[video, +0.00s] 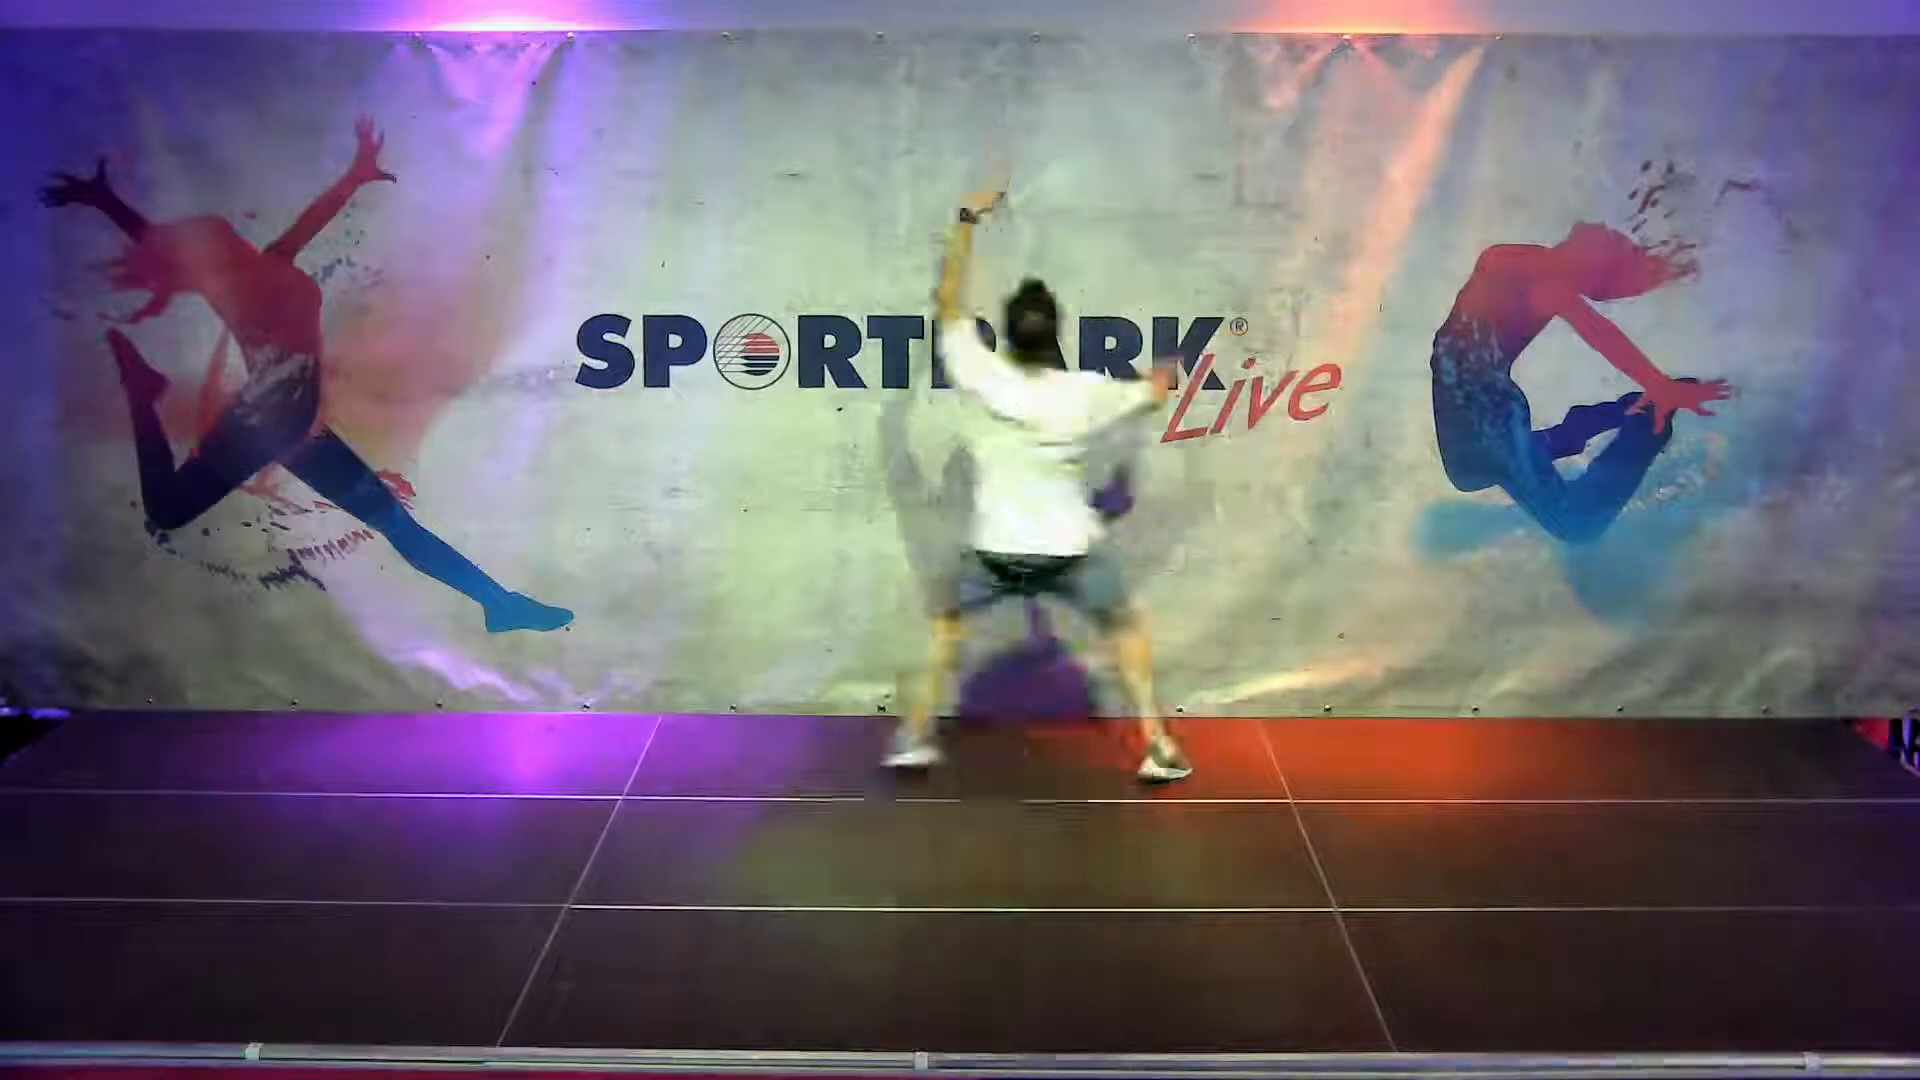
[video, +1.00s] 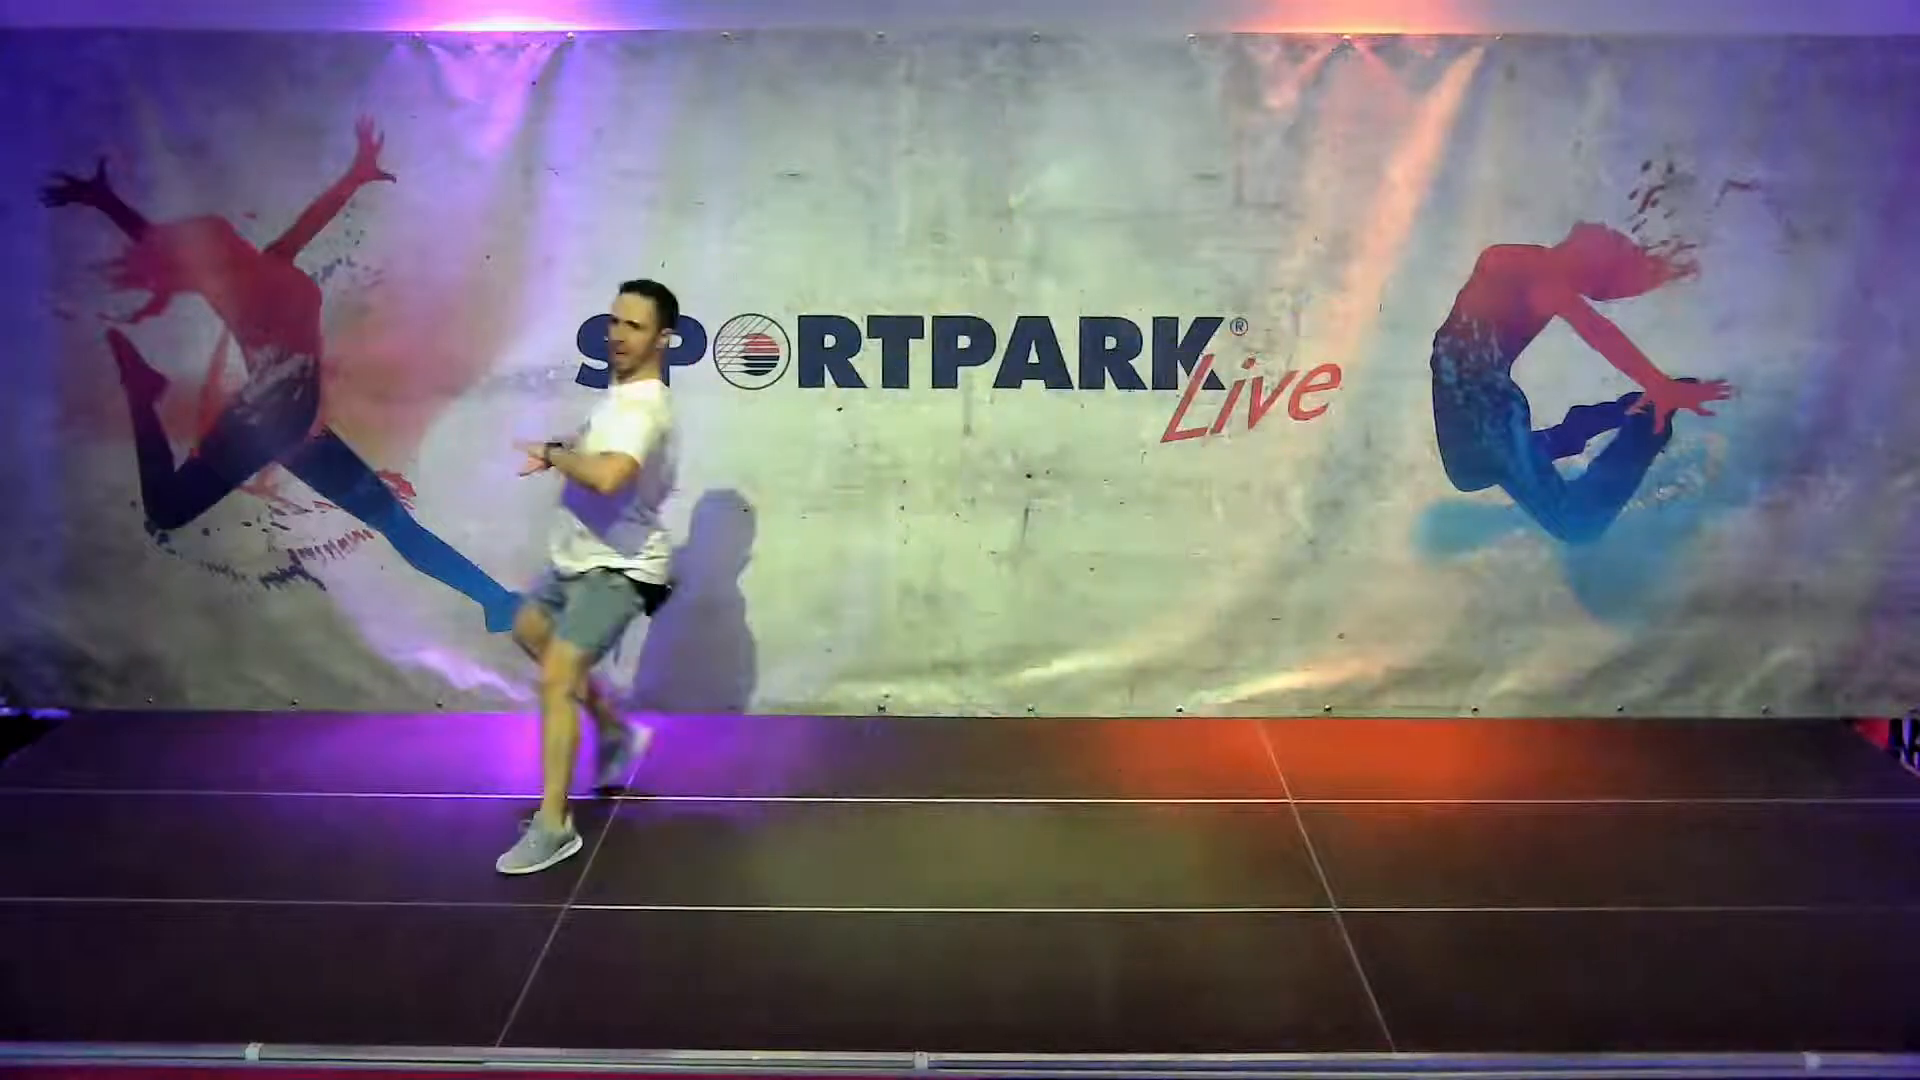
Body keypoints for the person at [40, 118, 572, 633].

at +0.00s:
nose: (185, 280)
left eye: (182, 262)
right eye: (180, 263)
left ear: (204, 254)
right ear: (194, 258)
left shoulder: (267, 268)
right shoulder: (231, 275)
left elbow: (307, 224)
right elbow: (153, 241)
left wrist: (356, 176)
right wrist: (98, 196)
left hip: (298, 426)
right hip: (261, 421)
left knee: (387, 514)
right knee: (166, 511)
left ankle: (500, 602)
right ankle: (141, 392)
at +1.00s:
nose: (219, 245)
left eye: (214, 237)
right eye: (206, 245)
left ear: (224, 240)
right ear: (198, 261)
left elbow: (313, 218)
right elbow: (157, 246)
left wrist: (358, 174)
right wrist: (100, 197)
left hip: (299, 427)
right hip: (257, 426)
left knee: (395, 521)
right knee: (166, 508)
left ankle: (508, 609)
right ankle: (141, 393)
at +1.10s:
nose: (171, 288)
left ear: (210, 249)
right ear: (210, 247)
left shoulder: (268, 266)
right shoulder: (233, 279)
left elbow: (312, 219)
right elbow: (156, 244)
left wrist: (359, 173)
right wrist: (102, 198)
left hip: (294, 425)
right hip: (262, 423)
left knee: (389, 515)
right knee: (167, 513)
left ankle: (497, 598)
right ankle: (140, 393)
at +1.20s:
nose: (176, 292)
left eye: (177, 274)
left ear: (213, 250)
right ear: (214, 247)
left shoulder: (268, 265)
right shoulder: (237, 280)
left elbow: (311, 220)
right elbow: (158, 247)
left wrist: (358, 174)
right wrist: (104, 199)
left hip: (296, 425)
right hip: (263, 423)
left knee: (391, 517)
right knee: (167, 513)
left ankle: (497, 598)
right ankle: (141, 395)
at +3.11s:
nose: (178, 295)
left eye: (178, 274)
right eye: (169, 281)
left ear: (199, 254)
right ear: (208, 245)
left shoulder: (257, 272)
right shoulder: (252, 278)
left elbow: (305, 223)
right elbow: (159, 242)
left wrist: (356, 175)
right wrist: (103, 199)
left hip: (297, 426)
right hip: (265, 422)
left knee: (390, 516)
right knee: (167, 511)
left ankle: (500, 602)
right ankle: (140, 392)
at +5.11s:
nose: (181, 287)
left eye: (180, 267)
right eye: (177, 269)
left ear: (205, 253)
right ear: (204, 249)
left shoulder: (262, 270)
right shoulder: (237, 280)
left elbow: (307, 223)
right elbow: (159, 245)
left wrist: (358, 175)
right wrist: (105, 202)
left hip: (300, 428)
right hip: (262, 422)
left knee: (390, 516)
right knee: (166, 512)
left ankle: (499, 602)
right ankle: (141, 398)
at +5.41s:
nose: (187, 283)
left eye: (186, 263)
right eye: (183, 264)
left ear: (207, 254)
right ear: (205, 250)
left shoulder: (264, 270)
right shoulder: (233, 277)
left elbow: (307, 223)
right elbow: (158, 244)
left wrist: (358, 175)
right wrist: (104, 200)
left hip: (297, 426)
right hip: (265, 418)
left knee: (389, 515)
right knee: (166, 510)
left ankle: (500, 602)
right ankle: (141, 397)